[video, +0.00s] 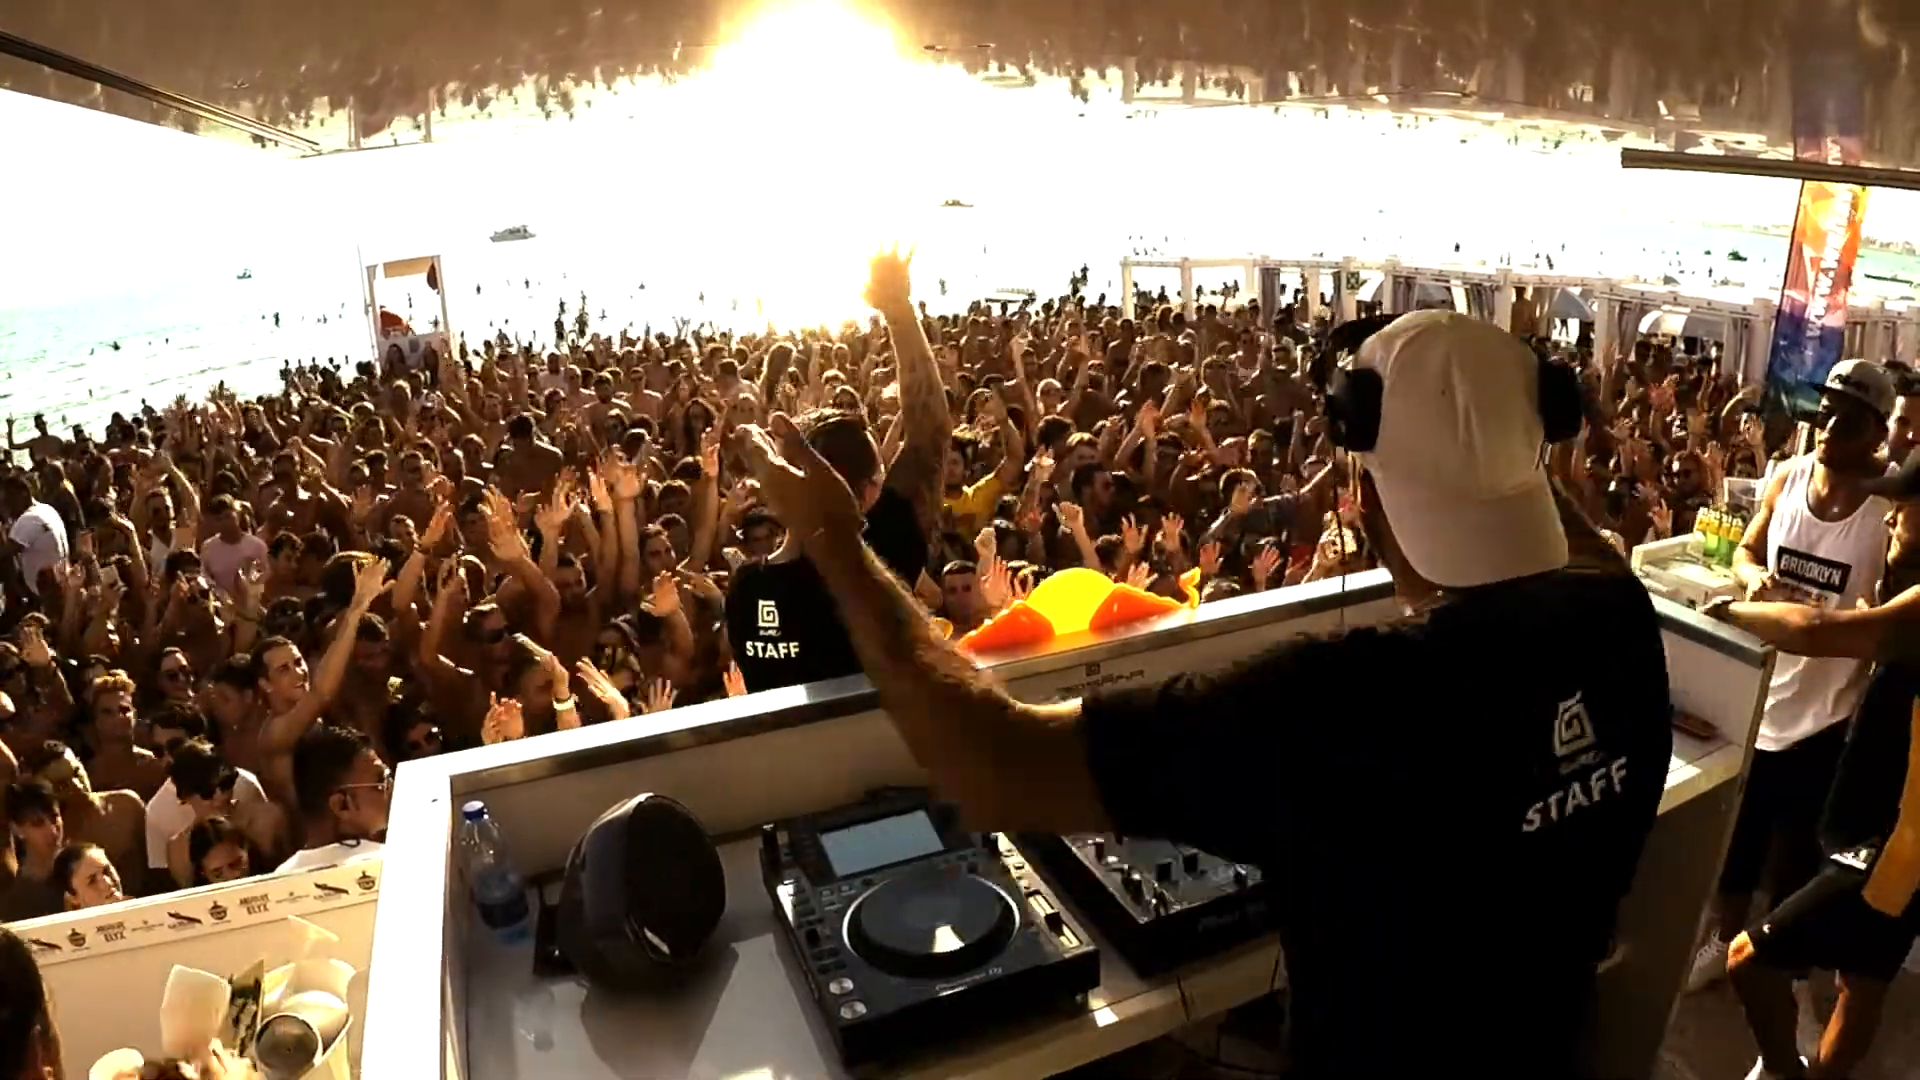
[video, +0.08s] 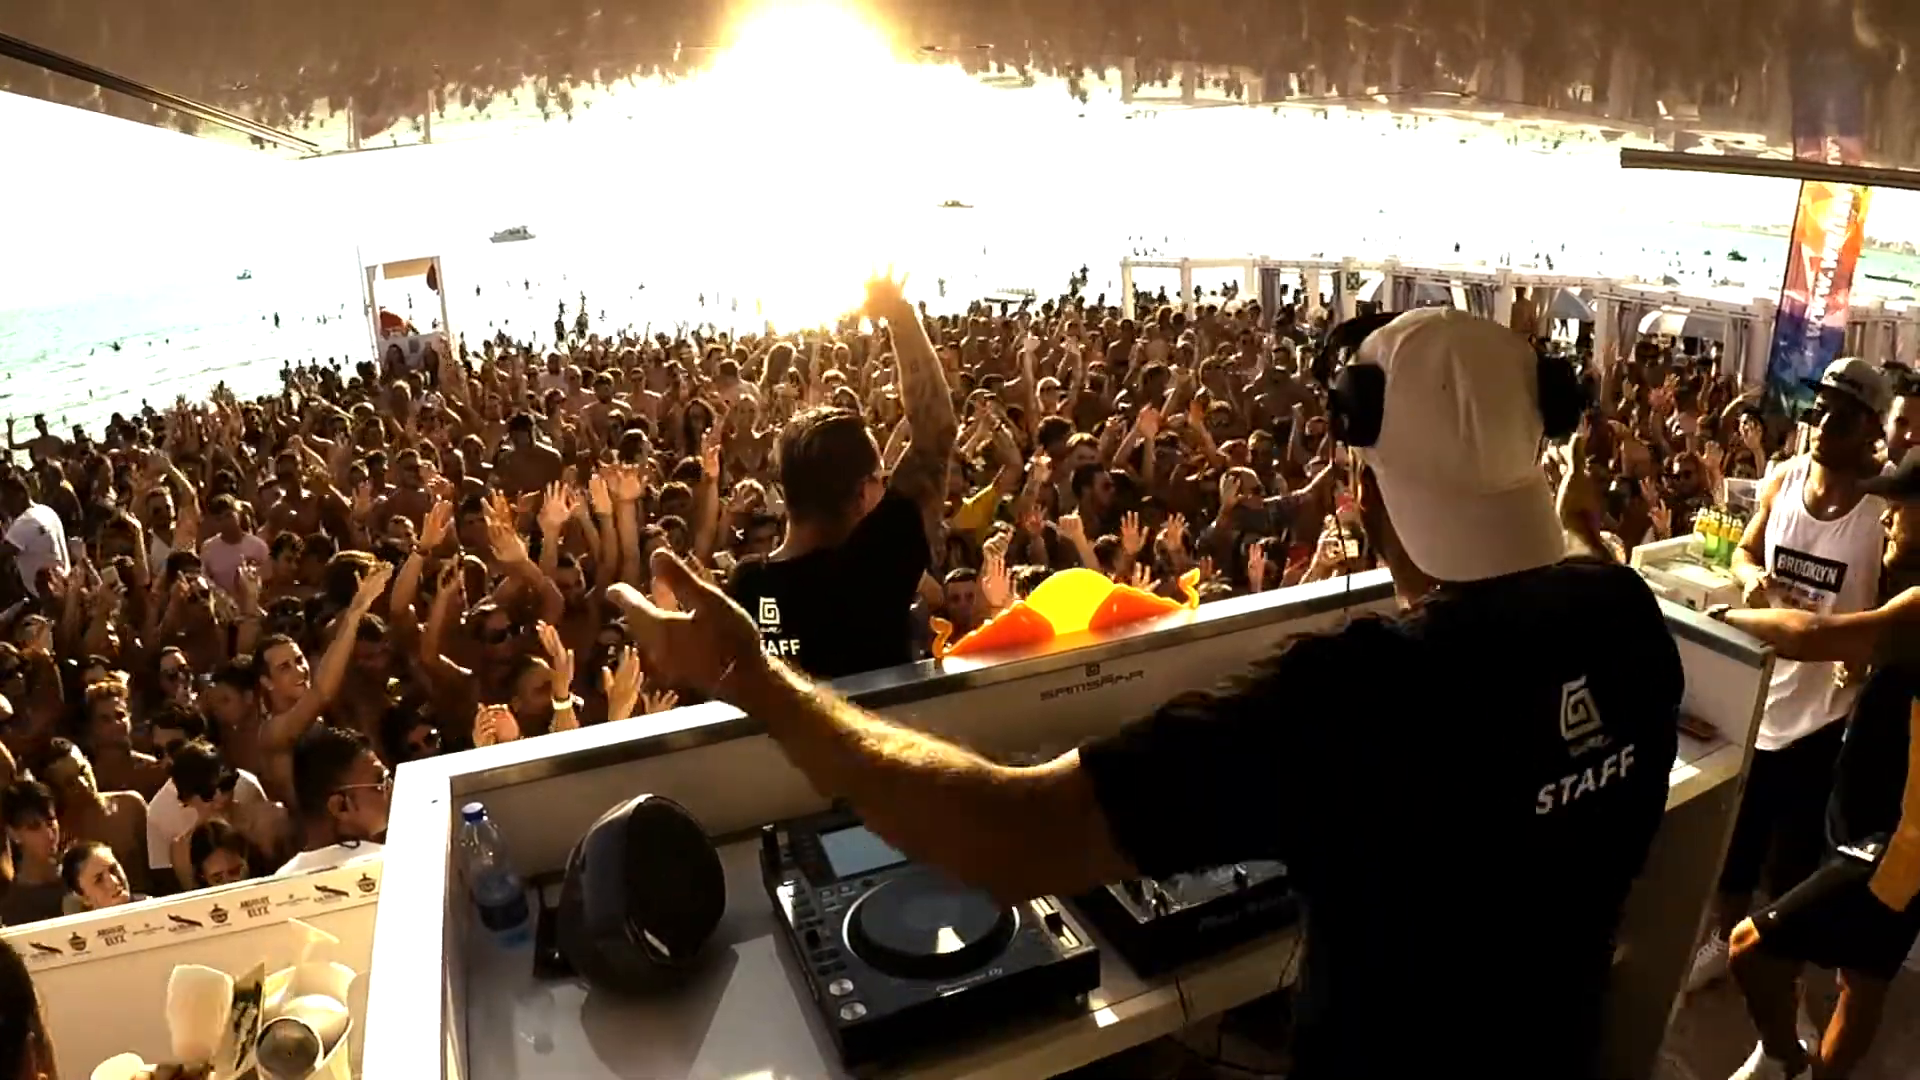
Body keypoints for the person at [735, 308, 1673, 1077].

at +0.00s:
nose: (1358, 482)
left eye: (1364, 455)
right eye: (1363, 452)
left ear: (1391, 481)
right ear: (1534, 461)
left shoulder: (1351, 702)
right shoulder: (1616, 619)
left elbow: (994, 768)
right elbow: (1562, 533)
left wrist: (840, 553)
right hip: (1551, 1066)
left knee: (1085, 1050)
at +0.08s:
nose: (1347, 478)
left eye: (1353, 446)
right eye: (1352, 445)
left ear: (1385, 475)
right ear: (1541, 462)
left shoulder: (1355, 695)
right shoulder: (1625, 622)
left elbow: (1020, 839)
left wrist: (756, 678)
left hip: (1373, 1079)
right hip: (1562, 1059)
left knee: (1097, 1052)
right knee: (1190, 1017)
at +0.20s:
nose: (1324, 531)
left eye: (1327, 499)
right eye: (1326, 497)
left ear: (1352, 516)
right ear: (1499, 496)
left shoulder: (1344, 737)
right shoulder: (1603, 658)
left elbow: (1169, 1025)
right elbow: (1743, 814)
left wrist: (859, 1070)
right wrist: (1829, 710)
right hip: (1549, 1072)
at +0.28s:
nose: (1320, 484)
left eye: (1325, 454)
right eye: (1330, 450)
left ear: (1351, 484)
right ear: (1495, 465)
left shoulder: (1344, 705)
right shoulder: (1596, 629)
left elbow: (1139, 1011)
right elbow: (1715, 799)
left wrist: (782, 1059)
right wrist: (1802, 719)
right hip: (1541, 1071)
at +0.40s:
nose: (1328, 492)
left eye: (1335, 466)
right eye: (1336, 461)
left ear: (1360, 501)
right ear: (1524, 486)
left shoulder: (1327, 723)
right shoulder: (1602, 639)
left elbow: (982, 854)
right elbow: (1622, 603)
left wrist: (742, 678)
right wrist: (1590, 499)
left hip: (1360, 1076)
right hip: (1549, 1054)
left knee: (1076, 1046)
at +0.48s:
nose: (1328, 477)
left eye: (1331, 451)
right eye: (1333, 445)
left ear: (1350, 477)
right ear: (1511, 450)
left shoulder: (1313, 694)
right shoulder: (1592, 615)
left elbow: (984, 805)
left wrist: (836, 581)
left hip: (1341, 1074)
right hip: (1535, 1054)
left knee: (1085, 1053)